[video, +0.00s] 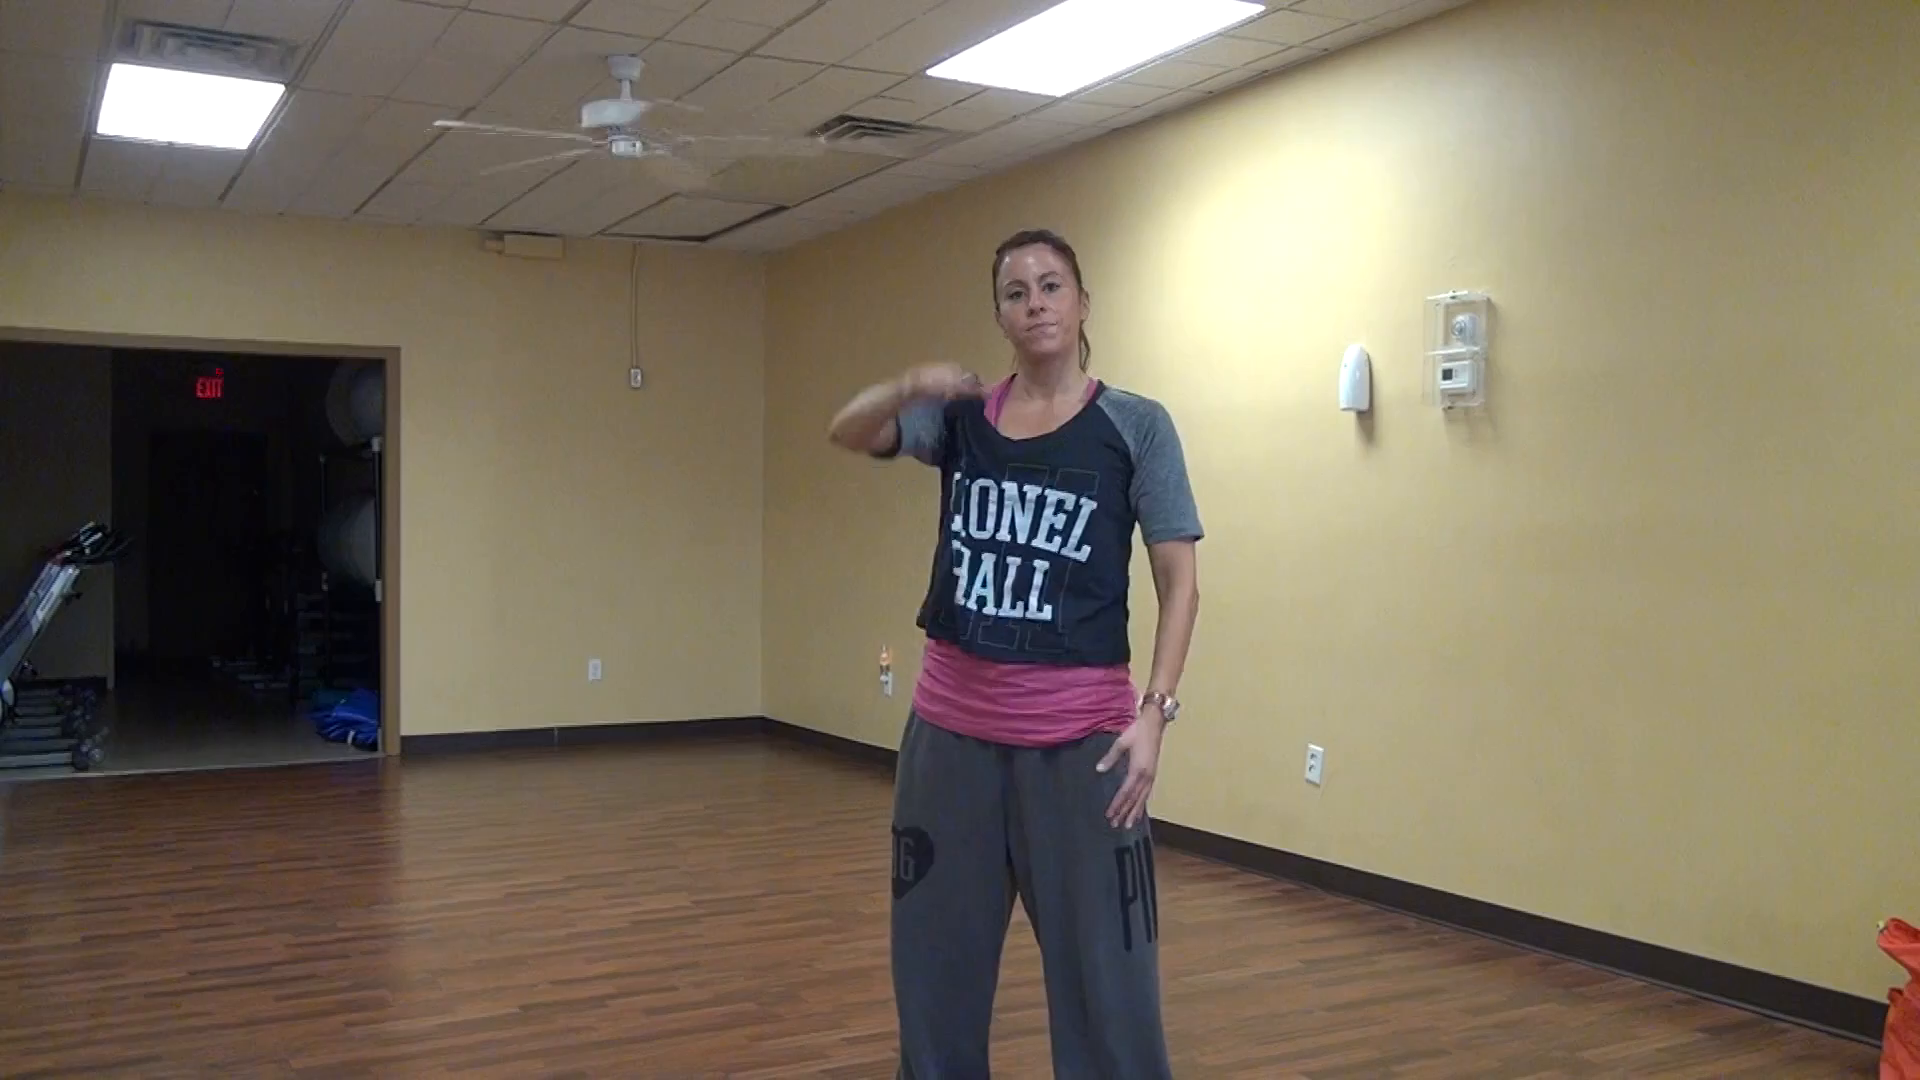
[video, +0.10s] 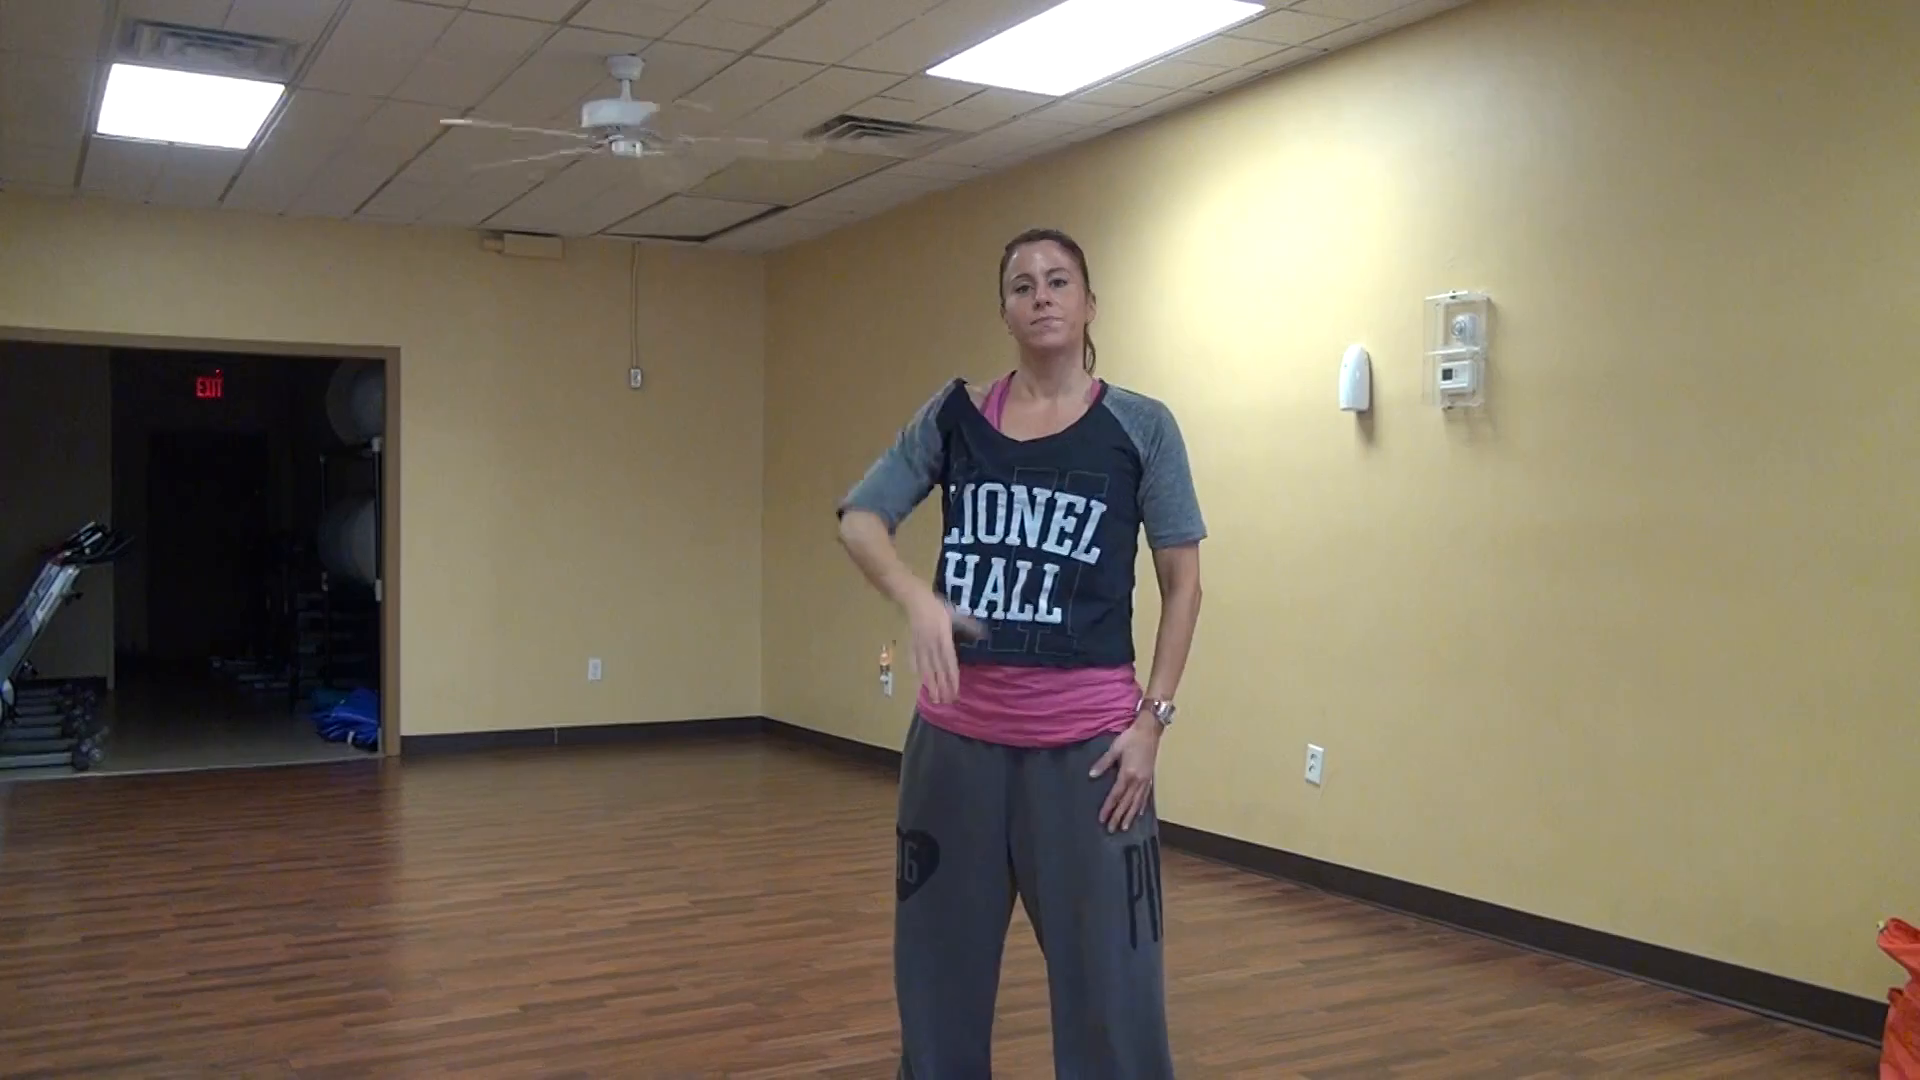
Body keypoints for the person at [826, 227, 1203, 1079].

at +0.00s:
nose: (1035, 302)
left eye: (1050, 285)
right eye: (1016, 292)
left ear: (1082, 301)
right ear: (999, 317)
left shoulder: (1135, 424)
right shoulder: (961, 414)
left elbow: (1179, 579)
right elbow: (846, 433)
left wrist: (1155, 711)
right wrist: (906, 385)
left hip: (1079, 741)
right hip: (949, 734)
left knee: (1103, 983)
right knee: (935, 972)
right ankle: (938, 1077)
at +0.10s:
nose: (1041, 296)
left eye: (1058, 281)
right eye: (1023, 286)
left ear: (1089, 302)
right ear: (1003, 311)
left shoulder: (1141, 424)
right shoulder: (957, 412)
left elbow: (1182, 580)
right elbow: (857, 519)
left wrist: (1153, 718)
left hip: (1085, 744)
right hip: (955, 738)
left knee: (1108, 991)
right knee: (939, 980)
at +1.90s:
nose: (1024, 268)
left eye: (1039, 251)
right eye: (1000, 256)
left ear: (1064, 272)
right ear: (970, 290)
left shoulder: (1124, 414)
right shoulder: (917, 403)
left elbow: (1165, 583)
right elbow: (839, 557)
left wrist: (1098, 598)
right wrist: (947, 545)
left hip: (1074, 755)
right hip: (926, 746)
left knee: (1098, 1015)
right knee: (919, 1012)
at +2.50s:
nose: (900, 276)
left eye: (922, 256)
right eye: (882, 259)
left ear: (962, 278)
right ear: (864, 280)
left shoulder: (1025, 405)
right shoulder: (814, 408)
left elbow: (1100, 574)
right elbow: (750, 575)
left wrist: (964, 542)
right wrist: (849, 545)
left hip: (979, 759)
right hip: (826, 759)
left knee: (1031, 1022)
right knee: (846, 1027)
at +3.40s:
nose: (926, 152)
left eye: (944, 128)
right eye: (903, 134)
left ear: (979, 138)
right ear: (878, 153)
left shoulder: (1051, 274)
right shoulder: (833, 287)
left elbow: (1111, 447)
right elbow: (775, 447)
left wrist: (1034, 385)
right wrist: (844, 467)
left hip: (1016, 633)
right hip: (861, 636)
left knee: (1063, 899)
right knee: (856, 902)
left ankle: (1112, 1068)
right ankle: (886, 1070)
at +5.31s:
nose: (1021, 132)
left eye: (1041, 115)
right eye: (998, 117)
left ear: (1071, 142)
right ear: (970, 148)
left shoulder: (1137, 279)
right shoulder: (918, 279)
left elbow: (1200, 451)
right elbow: (857, 465)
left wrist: (1127, 444)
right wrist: (900, 416)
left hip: (1094, 643)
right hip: (936, 640)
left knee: (1106, 919)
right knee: (907, 909)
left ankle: (1105, 1071)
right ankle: (888, 1068)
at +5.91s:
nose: (1018, 131)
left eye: (1037, 114)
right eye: (994, 118)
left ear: (1066, 142)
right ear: (965, 151)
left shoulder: (1134, 279)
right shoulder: (915, 282)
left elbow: (1197, 454)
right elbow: (863, 470)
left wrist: (1119, 444)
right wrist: (895, 442)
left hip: (1095, 643)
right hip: (936, 641)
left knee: (1105, 918)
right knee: (907, 909)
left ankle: (1106, 1072)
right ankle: (887, 1068)